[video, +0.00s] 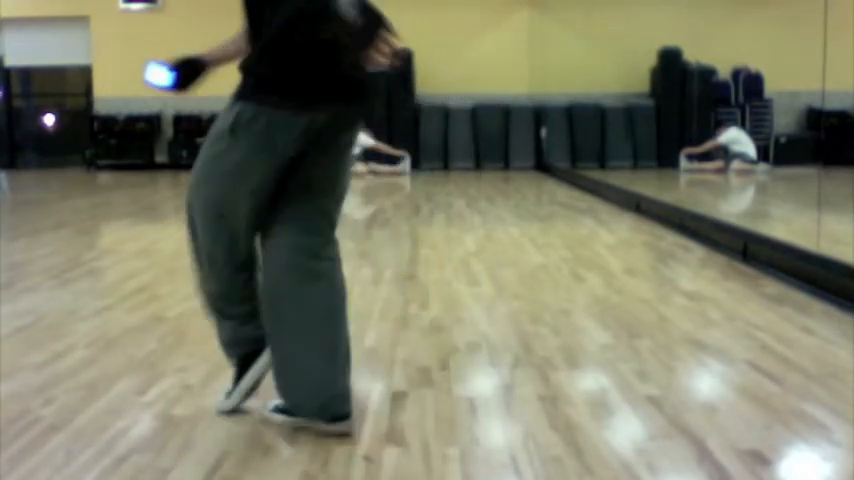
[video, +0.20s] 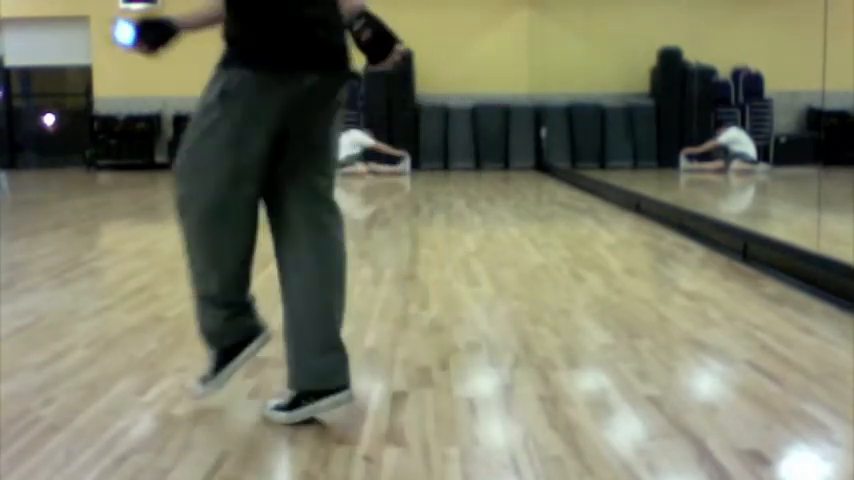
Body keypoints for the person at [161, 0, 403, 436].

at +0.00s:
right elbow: (269, 26)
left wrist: (364, 27)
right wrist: (204, 60)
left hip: (280, 75)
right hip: (340, 76)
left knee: (215, 204)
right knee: (302, 235)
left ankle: (245, 342)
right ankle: (320, 402)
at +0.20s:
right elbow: (237, 6)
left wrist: (359, 19)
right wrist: (175, 23)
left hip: (262, 49)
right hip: (320, 49)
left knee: (206, 180)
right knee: (304, 205)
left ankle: (230, 330)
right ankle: (321, 377)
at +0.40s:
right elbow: (197, 11)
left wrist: (348, 49)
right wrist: (130, 19)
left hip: (227, 82)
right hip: (267, 78)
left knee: (179, 229)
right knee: (263, 226)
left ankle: (198, 377)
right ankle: (322, 377)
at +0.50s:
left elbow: (294, 1)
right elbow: (177, 12)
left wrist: (300, 58)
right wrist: (116, 31)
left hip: (212, 82)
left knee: (176, 234)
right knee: (184, 223)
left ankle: (206, 380)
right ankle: (269, 302)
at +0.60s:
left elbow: (261, 3)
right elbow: (180, 14)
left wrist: (243, 60)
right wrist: (117, 35)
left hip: (211, 84)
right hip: (177, 84)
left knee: (171, 238)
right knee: (112, 167)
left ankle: (207, 379)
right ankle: (224, 246)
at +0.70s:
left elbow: (213, 11)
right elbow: (180, 12)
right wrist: (126, 34)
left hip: (205, 82)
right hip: (164, 72)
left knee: (178, 232)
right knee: (90, 154)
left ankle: (202, 373)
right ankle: (203, 237)